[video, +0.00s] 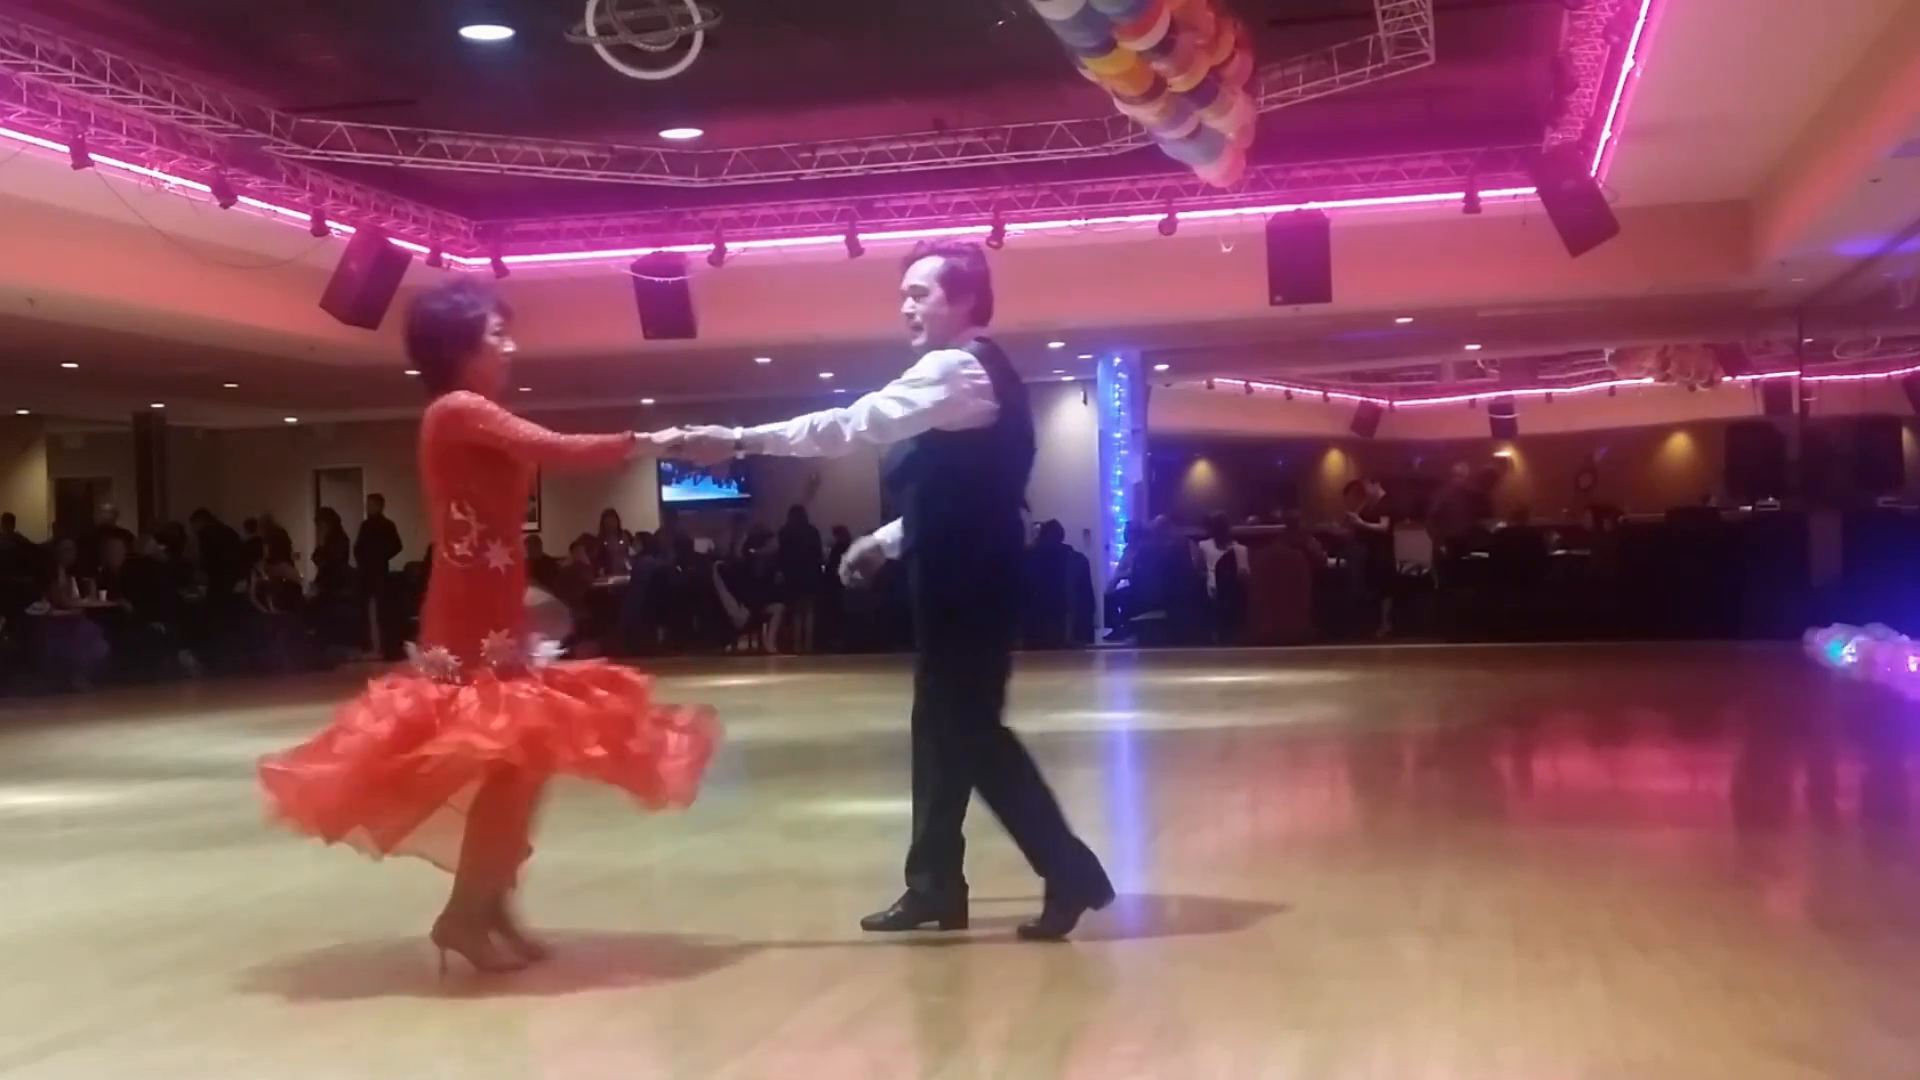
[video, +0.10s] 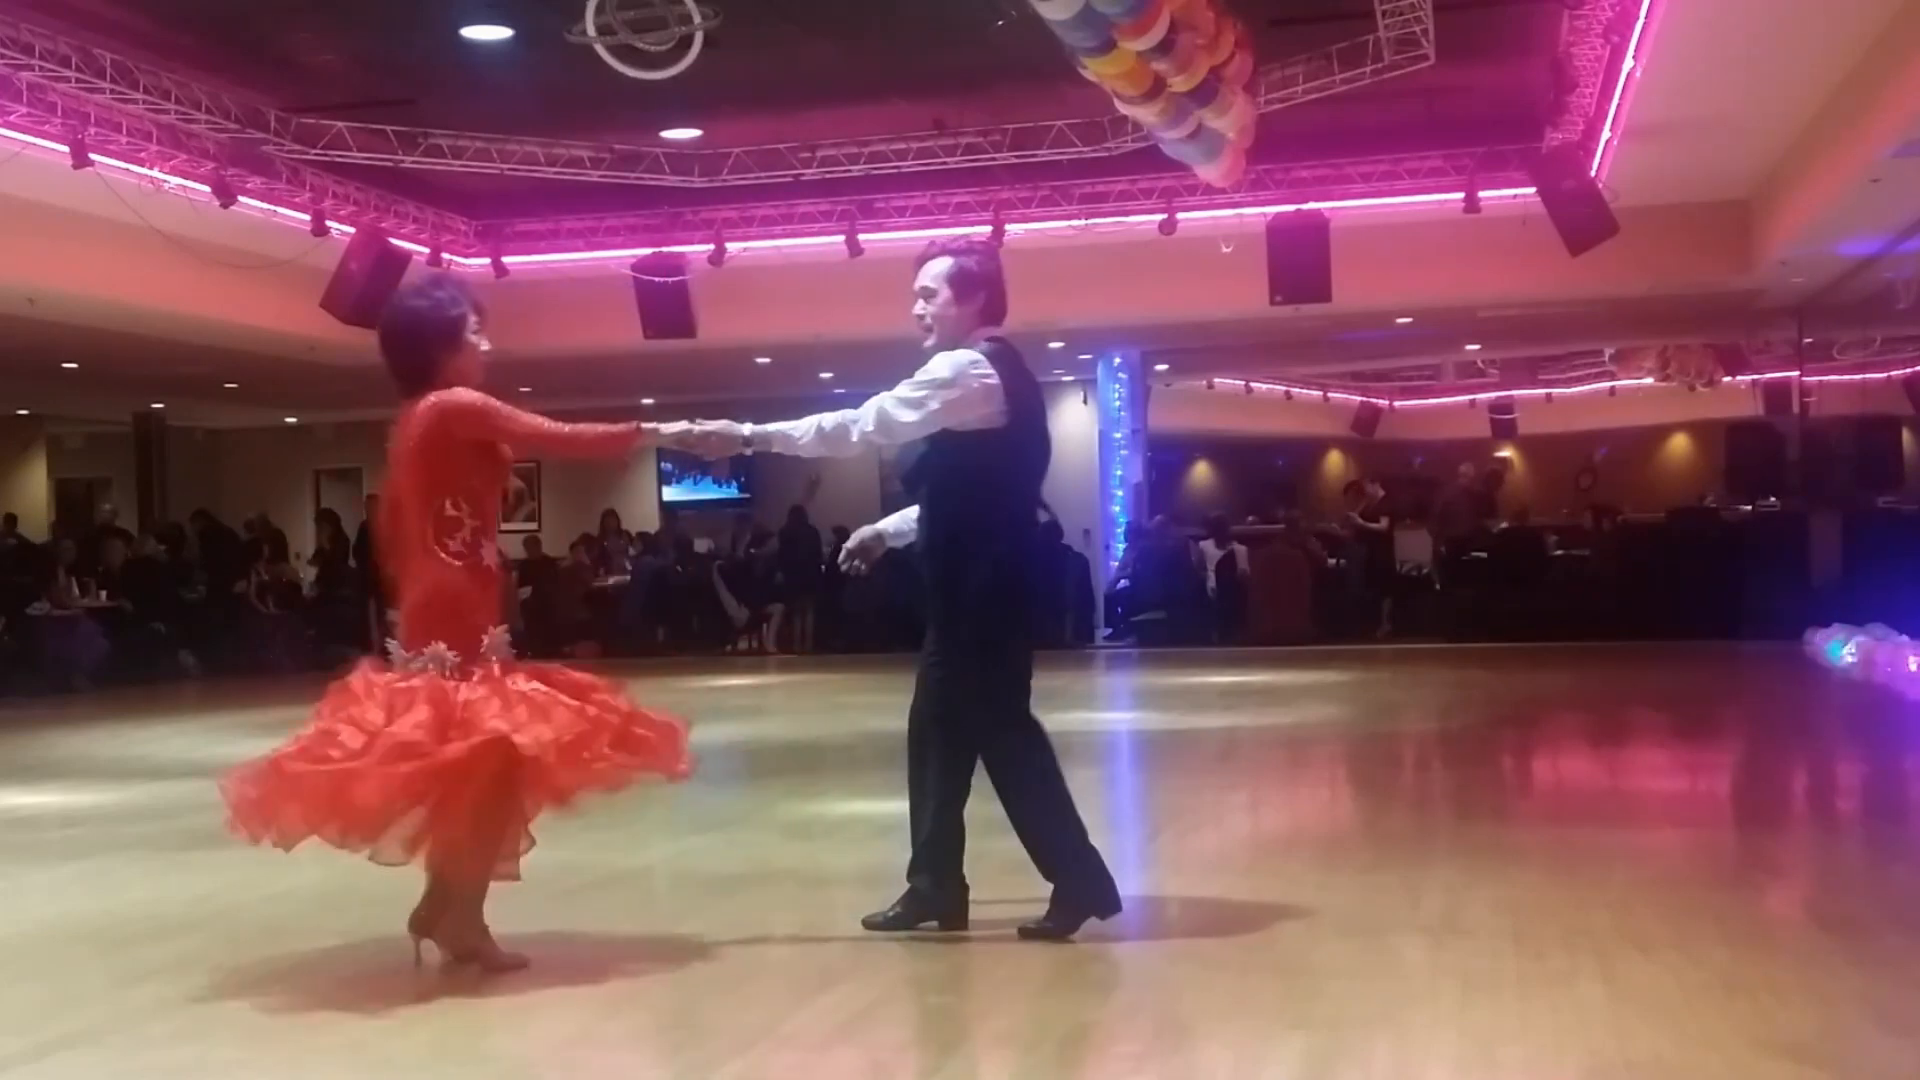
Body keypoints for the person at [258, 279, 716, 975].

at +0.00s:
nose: (510, 345)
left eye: (506, 332)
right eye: (498, 333)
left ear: (463, 344)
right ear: (461, 344)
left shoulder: (473, 413)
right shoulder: (458, 412)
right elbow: (557, 449)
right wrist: (655, 443)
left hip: (490, 607)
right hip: (474, 612)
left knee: (525, 754)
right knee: (511, 758)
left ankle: (492, 898)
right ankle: (464, 913)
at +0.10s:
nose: (486, 343)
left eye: (481, 330)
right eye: (475, 331)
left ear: (416, 348)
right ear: (447, 343)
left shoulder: (415, 420)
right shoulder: (457, 407)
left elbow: (389, 520)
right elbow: (564, 437)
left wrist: (412, 591)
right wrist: (665, 433)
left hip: (430, 608)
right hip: (460, 607)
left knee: (476, 760)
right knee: (490, 762)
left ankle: (445, 903)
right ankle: (460, 916)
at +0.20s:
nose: (469, 344)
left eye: (464, 332)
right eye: (460, 334)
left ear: (395, 355)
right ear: (437, 349)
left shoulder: (384, 426)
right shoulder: (464, 407)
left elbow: (337, 518)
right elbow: (568, 429)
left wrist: (314, 602)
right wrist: (671, 428)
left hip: (395, 588)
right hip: (449, 585)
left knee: (427, 750)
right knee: (475, 750)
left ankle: (432, 905)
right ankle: (471, 919)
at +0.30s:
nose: (462, 349)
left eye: (458, 337)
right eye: (455, 339)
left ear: (385, 357)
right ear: (435, 351)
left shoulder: (370, 426)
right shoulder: (461, 411)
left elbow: (307, 511)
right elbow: (565, 432)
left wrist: (248, 587)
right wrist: (667, 433)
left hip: (388, 584)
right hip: (446, 580)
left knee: (430, 747)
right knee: (476, 746)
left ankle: (441, 900)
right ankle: (472, 917)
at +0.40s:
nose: (467, 343)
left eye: (460, 330)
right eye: (456, 334)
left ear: (392, 356)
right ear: (437, 349)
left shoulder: (375, 428)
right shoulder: (462, 407)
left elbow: (314, 510)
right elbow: (571, 441)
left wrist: (250, 580)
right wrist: (678, 447)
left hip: (395, 582)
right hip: (452, 578)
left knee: (458, 749)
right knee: (493, 747)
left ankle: (475, 912)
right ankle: (471, 914)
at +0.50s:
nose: (485, 341)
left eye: (478, 328)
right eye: (474, 332)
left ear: (411, 355)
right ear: (450, 346)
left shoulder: (397, 429)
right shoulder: (472, 404)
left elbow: (349, 516)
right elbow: (566, 449)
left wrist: (299, 595)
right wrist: (666, 458)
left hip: (420, 581)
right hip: (469, 577)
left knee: (490, 744)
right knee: (483, 751)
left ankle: (522, 888)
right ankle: (472, 919)